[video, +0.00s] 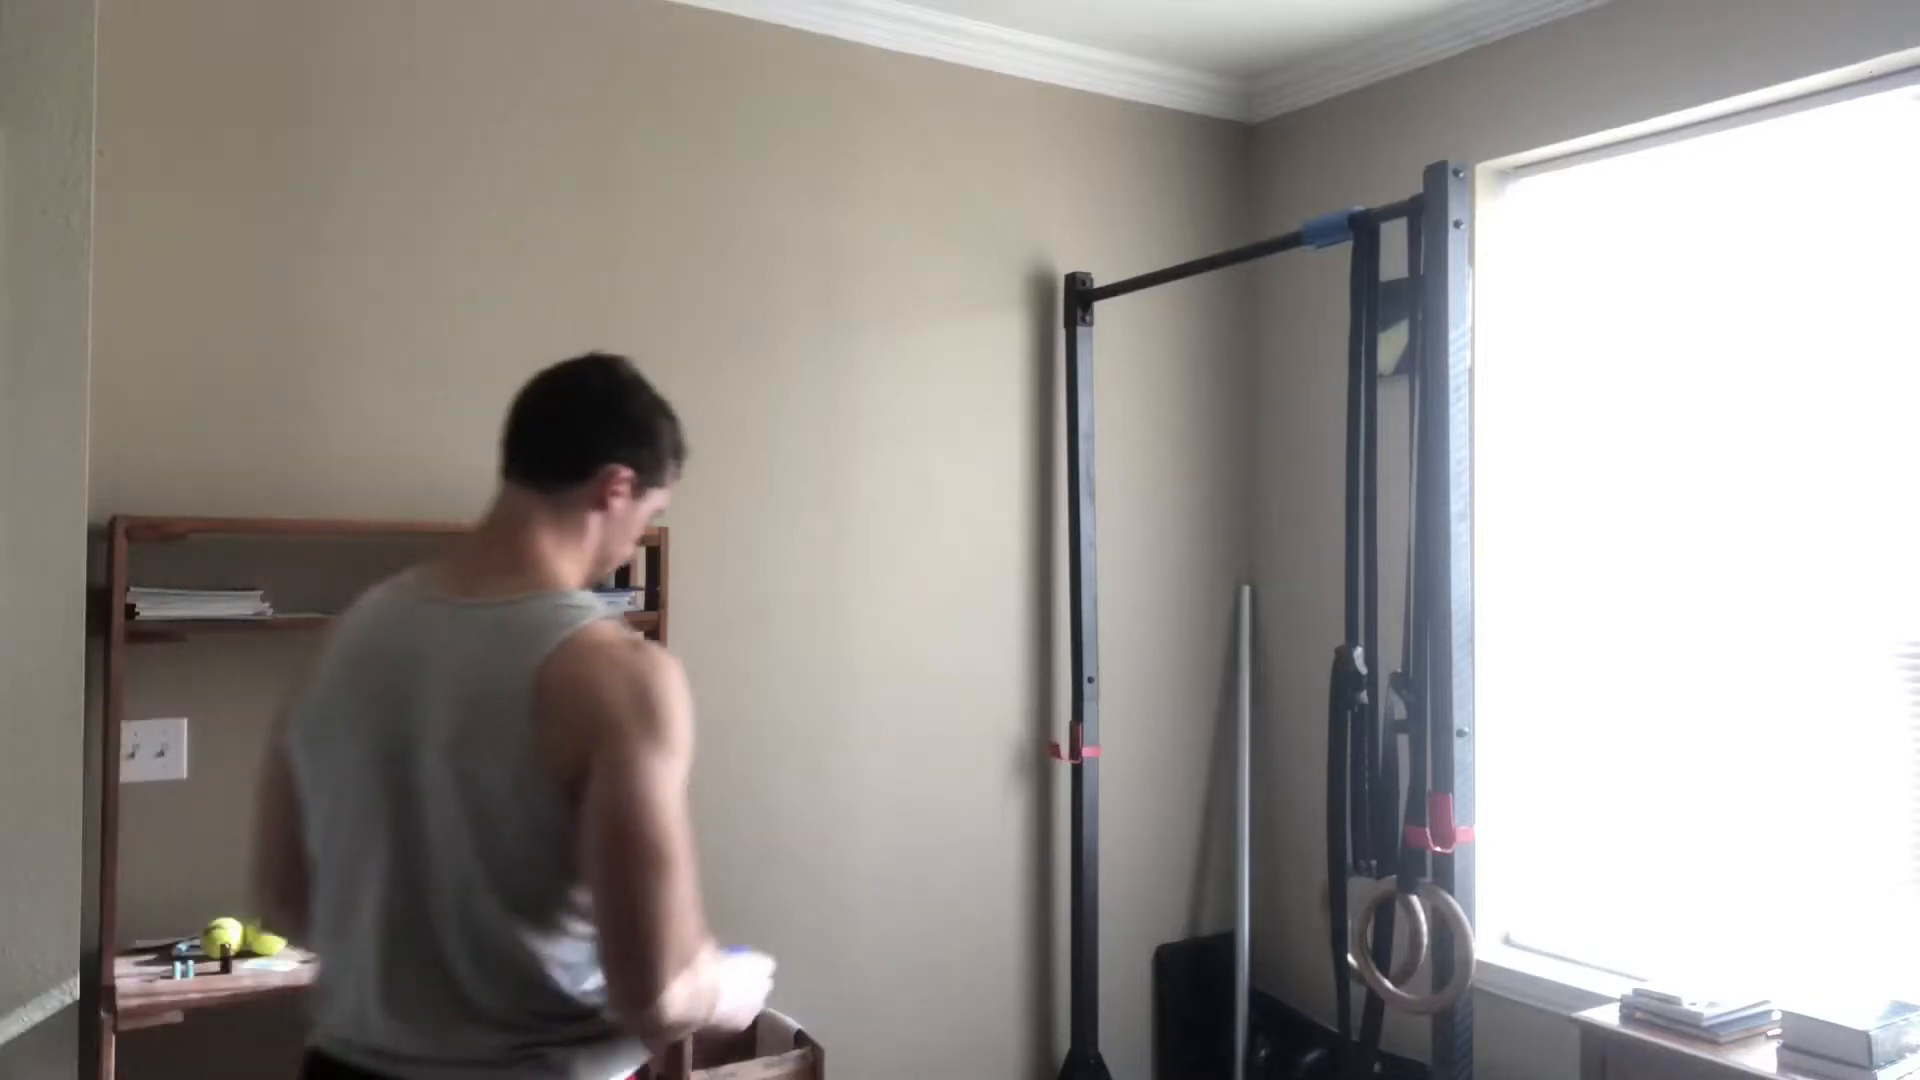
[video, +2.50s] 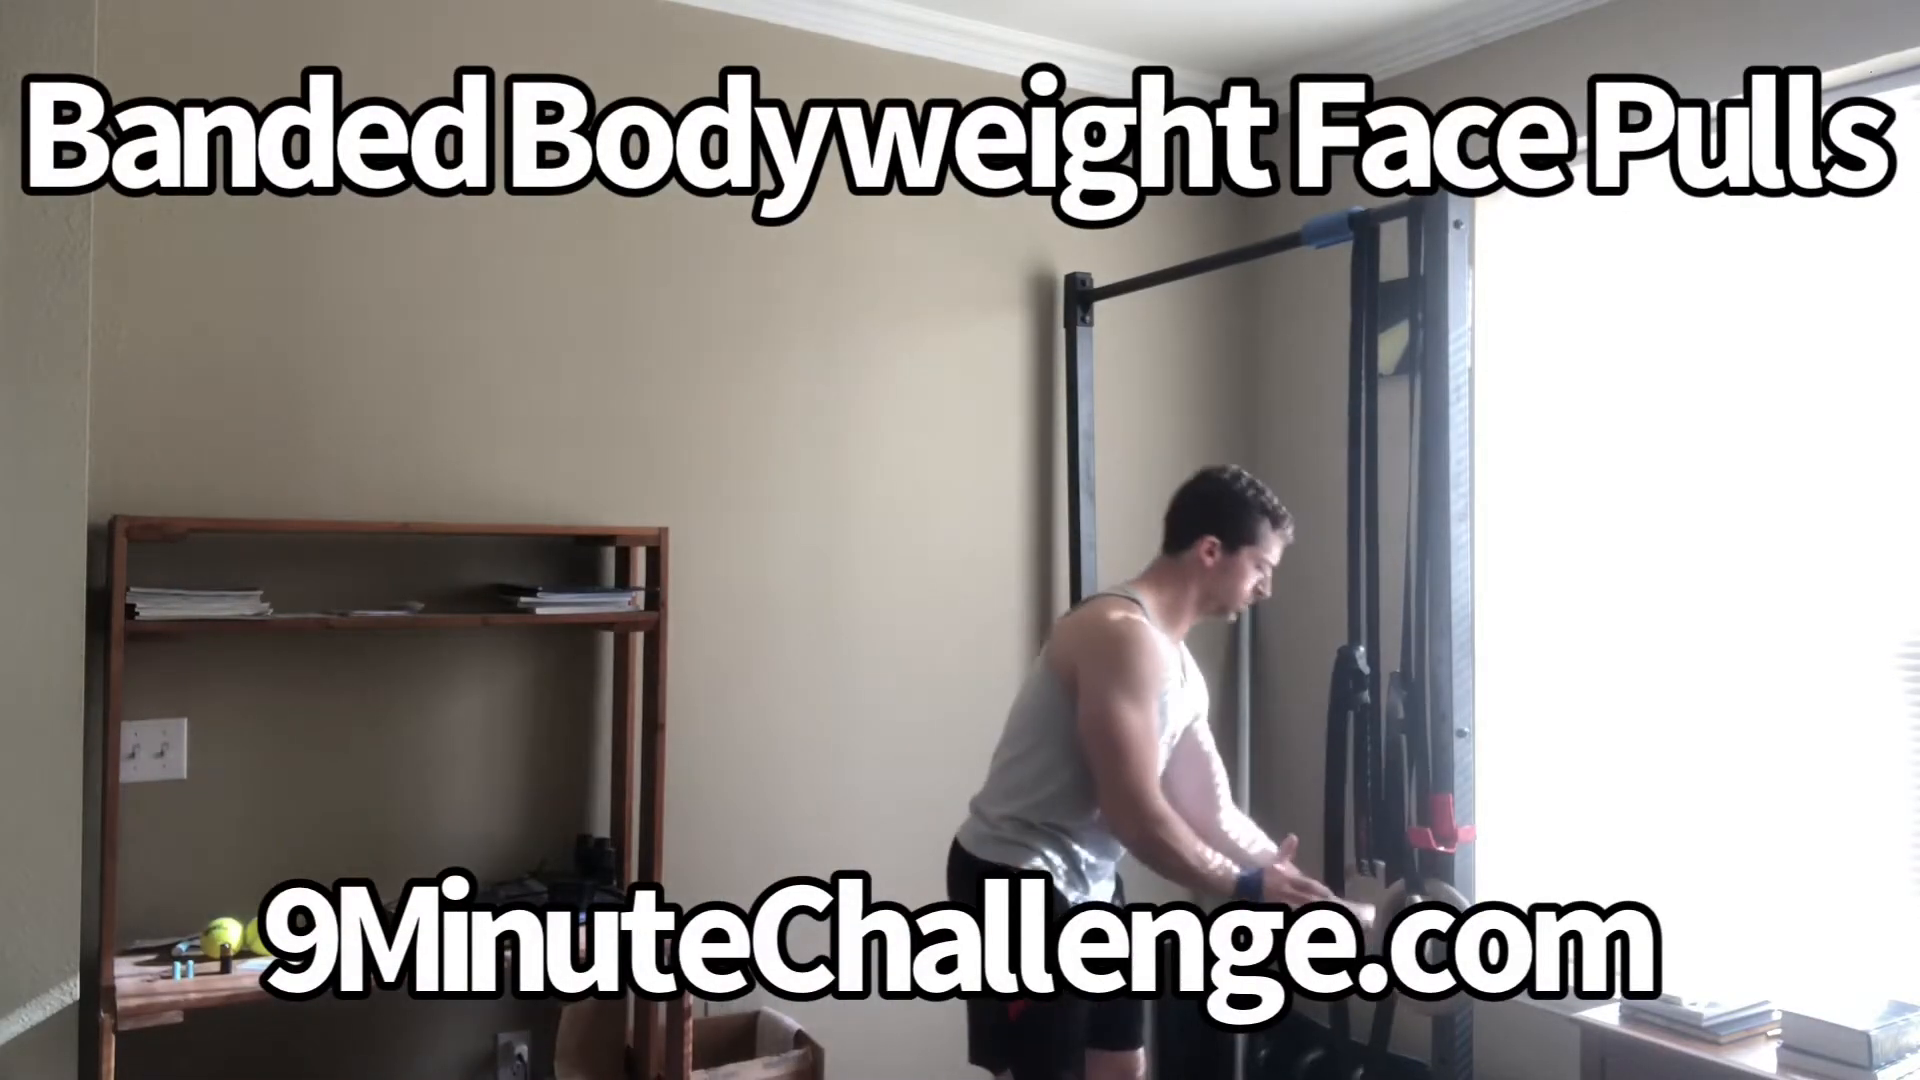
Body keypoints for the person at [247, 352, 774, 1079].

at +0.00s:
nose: (640, 547)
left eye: (655, 522)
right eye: (652, 518)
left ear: (517, 463)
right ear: (614, 489)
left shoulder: (359, 628)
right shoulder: (620, 677)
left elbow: (285, 893)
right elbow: (657, 993)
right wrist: (720, 986)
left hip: (350, 1056)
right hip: (541, 1061)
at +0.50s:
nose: (789, 554)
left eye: (798, 529)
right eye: (793, 526)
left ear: (676, 496)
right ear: (749, 510)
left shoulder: (576, 647)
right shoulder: (739, 666)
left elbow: (537, 868)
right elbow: (769, 929)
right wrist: (882, 950)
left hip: (587, 1025)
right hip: (706, 1041)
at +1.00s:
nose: (943, 539)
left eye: (948, 518)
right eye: (940, 515)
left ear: (880, 510)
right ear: (884, 508)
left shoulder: (800, 616)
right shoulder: (839, 641)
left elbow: (851, 811)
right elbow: (850, 856)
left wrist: (976, 798)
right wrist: (987, 828)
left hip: (798, 976)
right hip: (855, 987)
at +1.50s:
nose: (1071, 539)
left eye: (1075, 519)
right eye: (1067, 516)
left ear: (1009, 509)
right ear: (1012, 507)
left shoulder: (944, 609)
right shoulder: (972, 641)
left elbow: (1019, 779)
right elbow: (1040, 840)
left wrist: (1118, 749)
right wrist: (1147, 771)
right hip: (993, 960)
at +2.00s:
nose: (1151, 545)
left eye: (1156, 527)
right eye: (1148, 524)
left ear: (1098, 518)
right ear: (1095, 514)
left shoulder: (1090, 626)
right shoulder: (1014, 631)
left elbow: (1119, 775)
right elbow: (1059, 817)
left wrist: (1230, 819)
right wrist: (1208, 817)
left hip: (1100, 912)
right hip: (1040, 922)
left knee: (1116, 1065)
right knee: (1063, 1069)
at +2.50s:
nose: (1266, 589)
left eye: (1272, 572)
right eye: (1261, 568)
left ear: (1210, 556)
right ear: (1210, 552)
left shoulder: (1178, 665)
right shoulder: (1120, 634)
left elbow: (1213, 813)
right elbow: (1131, 812)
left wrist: (1295, 886)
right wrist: (1241, 885)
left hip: (1089, 881)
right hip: (1017, 876)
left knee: (1120, 1065)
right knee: (1038, 1067)